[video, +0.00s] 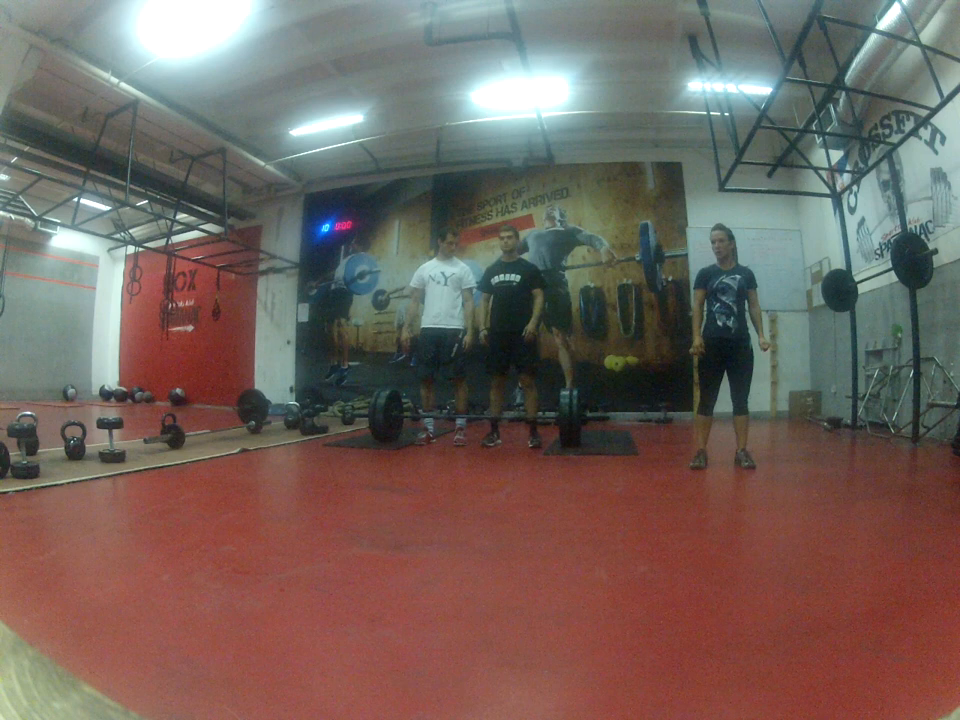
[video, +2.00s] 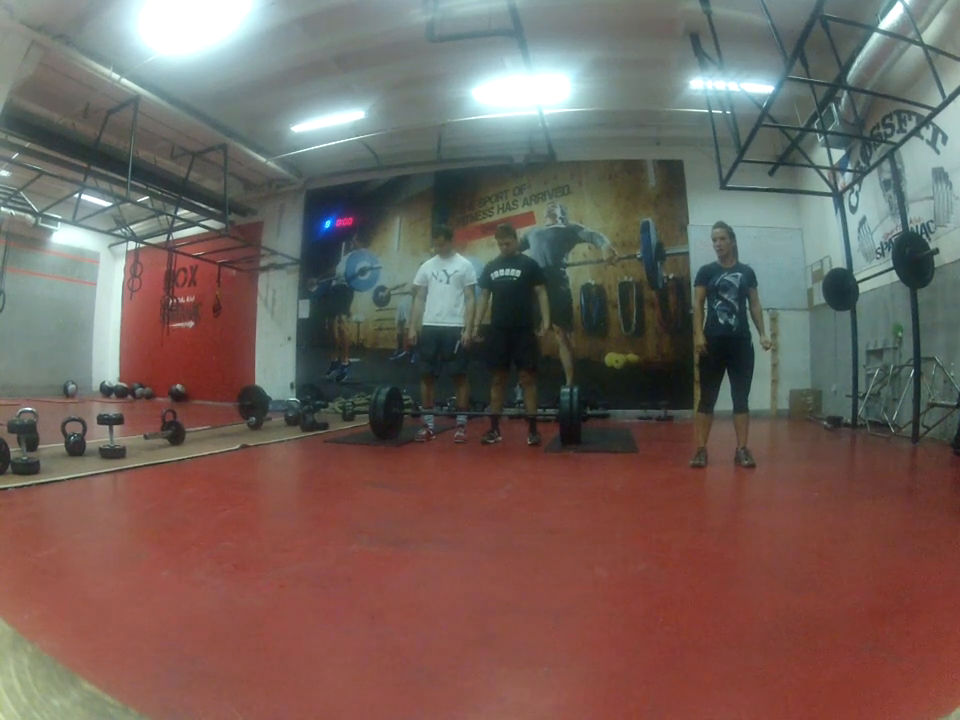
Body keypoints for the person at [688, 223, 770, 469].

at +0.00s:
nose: (717, 246)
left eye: (721, 241)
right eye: (714, 242)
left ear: (732, 243)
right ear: (710, 246)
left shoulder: (746, 273)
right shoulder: (705, 274)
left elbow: (754, 306)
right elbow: (697, 306)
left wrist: (760, 334)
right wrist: (697, 336)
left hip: (739, 344)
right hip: (711, 344)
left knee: (740, 401)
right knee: (706, 400)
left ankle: (742, 451)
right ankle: (701, 451)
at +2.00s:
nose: (718, 244)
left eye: (722, 239)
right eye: (715, 240)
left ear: (733, 242)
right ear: (712, 244)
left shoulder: (746, 272)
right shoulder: (706, 272)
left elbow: (754, 305)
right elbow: (698, 305)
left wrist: (762, 333)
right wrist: (698, 335)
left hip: (740, 343)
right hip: (712, 343)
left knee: (740, 400)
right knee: (707, 399)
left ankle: (742, 449)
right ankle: (700, 450)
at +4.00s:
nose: (717, 244)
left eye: (721, 239)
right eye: (714, 240)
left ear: (732, 241)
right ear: (710, 244)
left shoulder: (746, 271)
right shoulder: (705, 272)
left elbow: (754, 304)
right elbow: (697, 306)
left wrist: (762, 333)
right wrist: (698, 335)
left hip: (740, 343)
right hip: (712, 342)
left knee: (741, 399)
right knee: (707, 399)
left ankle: (742, 449)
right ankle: (701, 450)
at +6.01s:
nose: (718, 243)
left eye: (722, 239)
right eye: (714, 240)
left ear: (732, 241)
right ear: (711, 244)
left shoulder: (746, 271)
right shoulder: (705, 271)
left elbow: (754, 305)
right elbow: (697, 306)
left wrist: (762, 333)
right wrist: (698, 335)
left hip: (740, 343)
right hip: (712, 342)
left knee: (740, 399)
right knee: (707, 398)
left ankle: (742, 449)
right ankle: (701, 449)